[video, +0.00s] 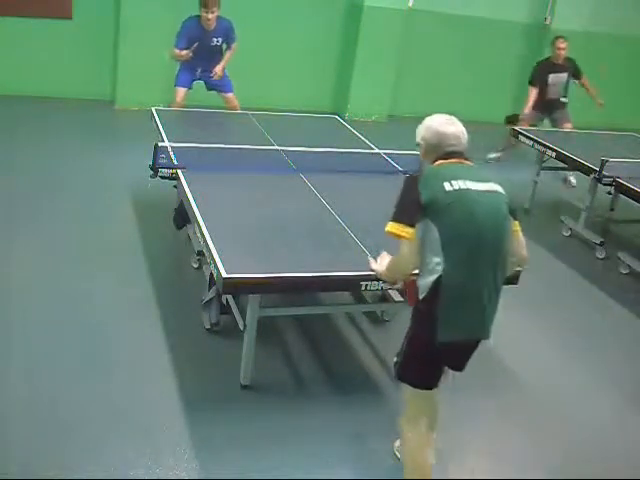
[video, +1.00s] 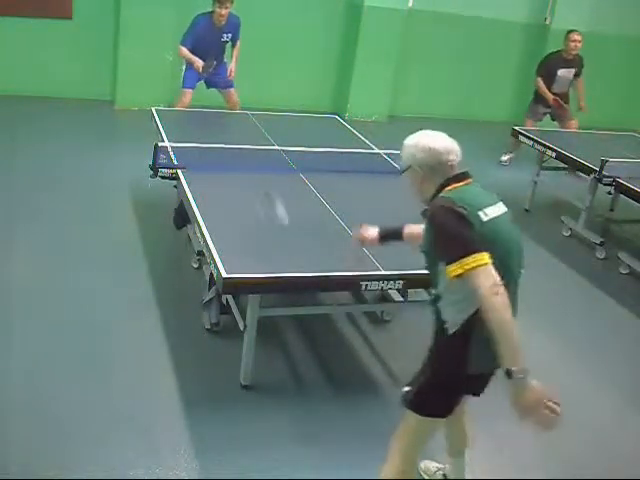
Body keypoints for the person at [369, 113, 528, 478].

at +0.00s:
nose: (417, 152)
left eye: (419, 147)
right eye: (417, 147)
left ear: (426, 150)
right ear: (463, 148)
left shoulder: (421, 183)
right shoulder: (493, 185)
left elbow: (405, 266)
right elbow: (518, 255)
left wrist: (386, 270)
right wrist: (483, 270)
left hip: (437, 313)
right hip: (479, 313)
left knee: (416, 419)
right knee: (427, 381)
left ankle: (418, 470)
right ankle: (416, 443)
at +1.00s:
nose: (407, 180)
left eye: (408, 172)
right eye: (406, 172)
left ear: (423, 173)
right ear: (451, 164)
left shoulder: (444, 212)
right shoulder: (479, 195)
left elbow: (492, 291)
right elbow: (442, 235)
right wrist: (384, 234)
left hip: (459, 349)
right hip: (487, 342)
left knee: (407, 439)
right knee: (453, 405)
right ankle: (456, 472)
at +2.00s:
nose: (494, 163)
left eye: (496, 157)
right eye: (496, 156)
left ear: (506, 164)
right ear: (546, 164)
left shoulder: (506, 210)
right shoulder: (563, 209)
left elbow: (489, 304)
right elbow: (540, 284)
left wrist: (456, 341)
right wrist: (481, 284)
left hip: (491, 350)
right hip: (529, 346)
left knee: (444, 442)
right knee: (489, 416)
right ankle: (489, 474)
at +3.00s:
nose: (297, 161)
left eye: (299, 157)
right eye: (299, 155)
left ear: (306, 165)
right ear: (338, 157)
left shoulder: (314, 213)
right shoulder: (364, 187)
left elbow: (313, 293)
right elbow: (327, 233)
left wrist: (304, 318)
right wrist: (286, 259)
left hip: (340, 323)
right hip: (377, 313)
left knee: (270, 373)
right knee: (377, 375)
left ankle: (266, 468)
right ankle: (435, 435)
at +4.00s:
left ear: (324, 113)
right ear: (370, 118)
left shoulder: (296, 154)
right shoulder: (387, 162)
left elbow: (258, 231)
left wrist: (232, 290)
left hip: (303, 296)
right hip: (357, 300)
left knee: (280, 383)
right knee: (355, 377)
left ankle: (267, 468)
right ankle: (359, 457)